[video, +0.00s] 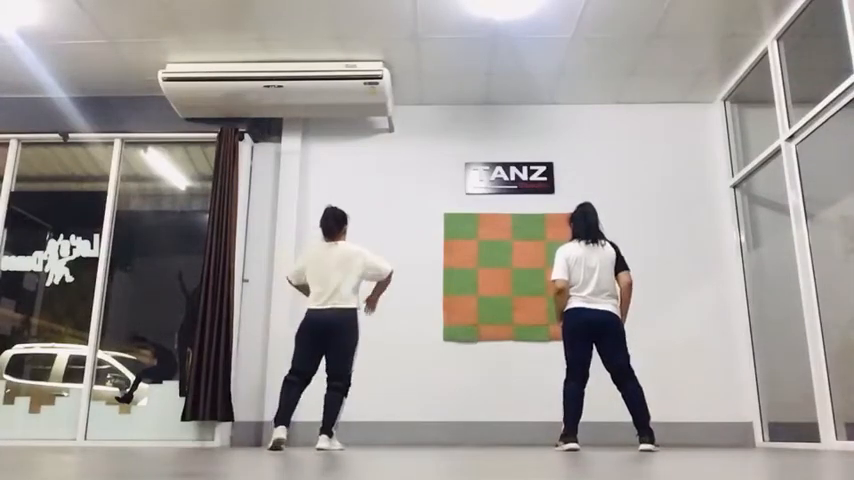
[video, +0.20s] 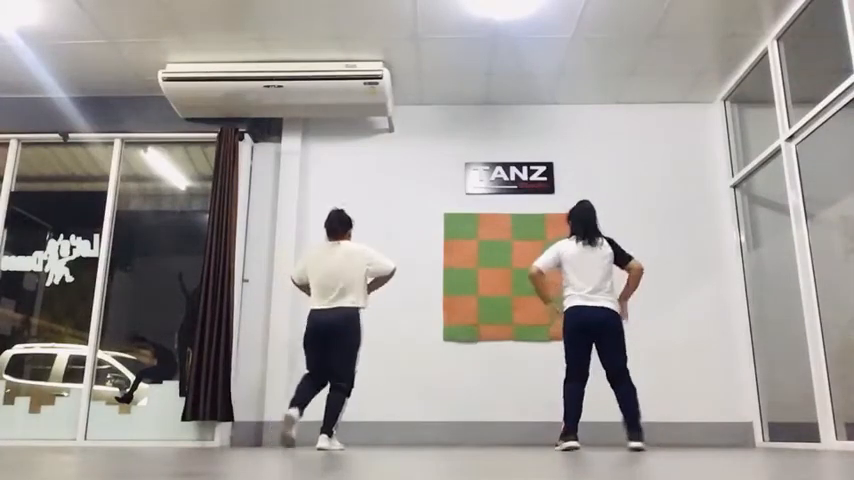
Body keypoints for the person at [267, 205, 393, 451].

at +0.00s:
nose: (345, 230)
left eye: (341, 227)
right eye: (345, 227)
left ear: (322, 229)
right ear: (344, 229)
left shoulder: (312, 252)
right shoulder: (354, 253)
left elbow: (295, 278)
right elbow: (386, 273)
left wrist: (314, 294)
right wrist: (374, 297)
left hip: (314, 320)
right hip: (344, 322)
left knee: (298, 375)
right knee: (338, 381)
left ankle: (280, 427)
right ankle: (325, 435)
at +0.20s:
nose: (349, 234)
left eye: (343, 230)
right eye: (349, 230)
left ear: (326, 231)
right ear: (349, 231)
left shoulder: (315, 253)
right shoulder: (358, 251)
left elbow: (297, 278)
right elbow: (389, 269)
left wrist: (317, 293)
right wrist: (368, 289)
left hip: (317, 319)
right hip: (347, 320)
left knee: (316, 373)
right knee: (341, 381)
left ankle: (294, 410)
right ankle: (326, 436)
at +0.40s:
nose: (355, 246)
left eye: (353, 243)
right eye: (355, 243)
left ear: (331, 243)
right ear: (353, 244)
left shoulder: (318, 264)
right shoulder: (358, 263)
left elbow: (301, 291)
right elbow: (384, 289)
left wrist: (318, 303)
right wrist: (360, 301)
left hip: (315, 321)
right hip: (345, 323)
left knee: (327, 374)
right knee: (346, 383)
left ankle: (321, 416)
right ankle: (326, 435)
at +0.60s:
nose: (353, 249)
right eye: (353, 245)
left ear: (332, 246)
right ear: (354, 247)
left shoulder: (320, 267)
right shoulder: (359, 267)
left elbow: (313, 294)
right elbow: (372, 306)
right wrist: (352, 308)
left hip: (315, 320)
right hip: (345, 320)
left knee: (319, 381)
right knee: (347, 380)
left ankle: (327, 432)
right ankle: (326, 434)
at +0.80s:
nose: (344, 238)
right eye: (346, 233)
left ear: (326, 234)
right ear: (349, 235)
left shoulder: (316, 258)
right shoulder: (358, 259)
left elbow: (309, 286)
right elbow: (362, 293)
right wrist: (342, 283)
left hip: (313, 311)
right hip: (343, 313)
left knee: (313, 377)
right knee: (341, 378)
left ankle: (320, 433)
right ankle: (326, 431)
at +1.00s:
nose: (343, 229)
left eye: (341, 226)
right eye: (343, 226)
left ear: (318, 229)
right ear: (341, 227)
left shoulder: (311, 253)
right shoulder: (351, 251)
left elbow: (316, 277)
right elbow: (357, 275)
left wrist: (352, 275)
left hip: (310, 314)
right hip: (340, 313)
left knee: (310, 376)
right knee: (341, 376)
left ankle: (302, 432)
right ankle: (330, 430)